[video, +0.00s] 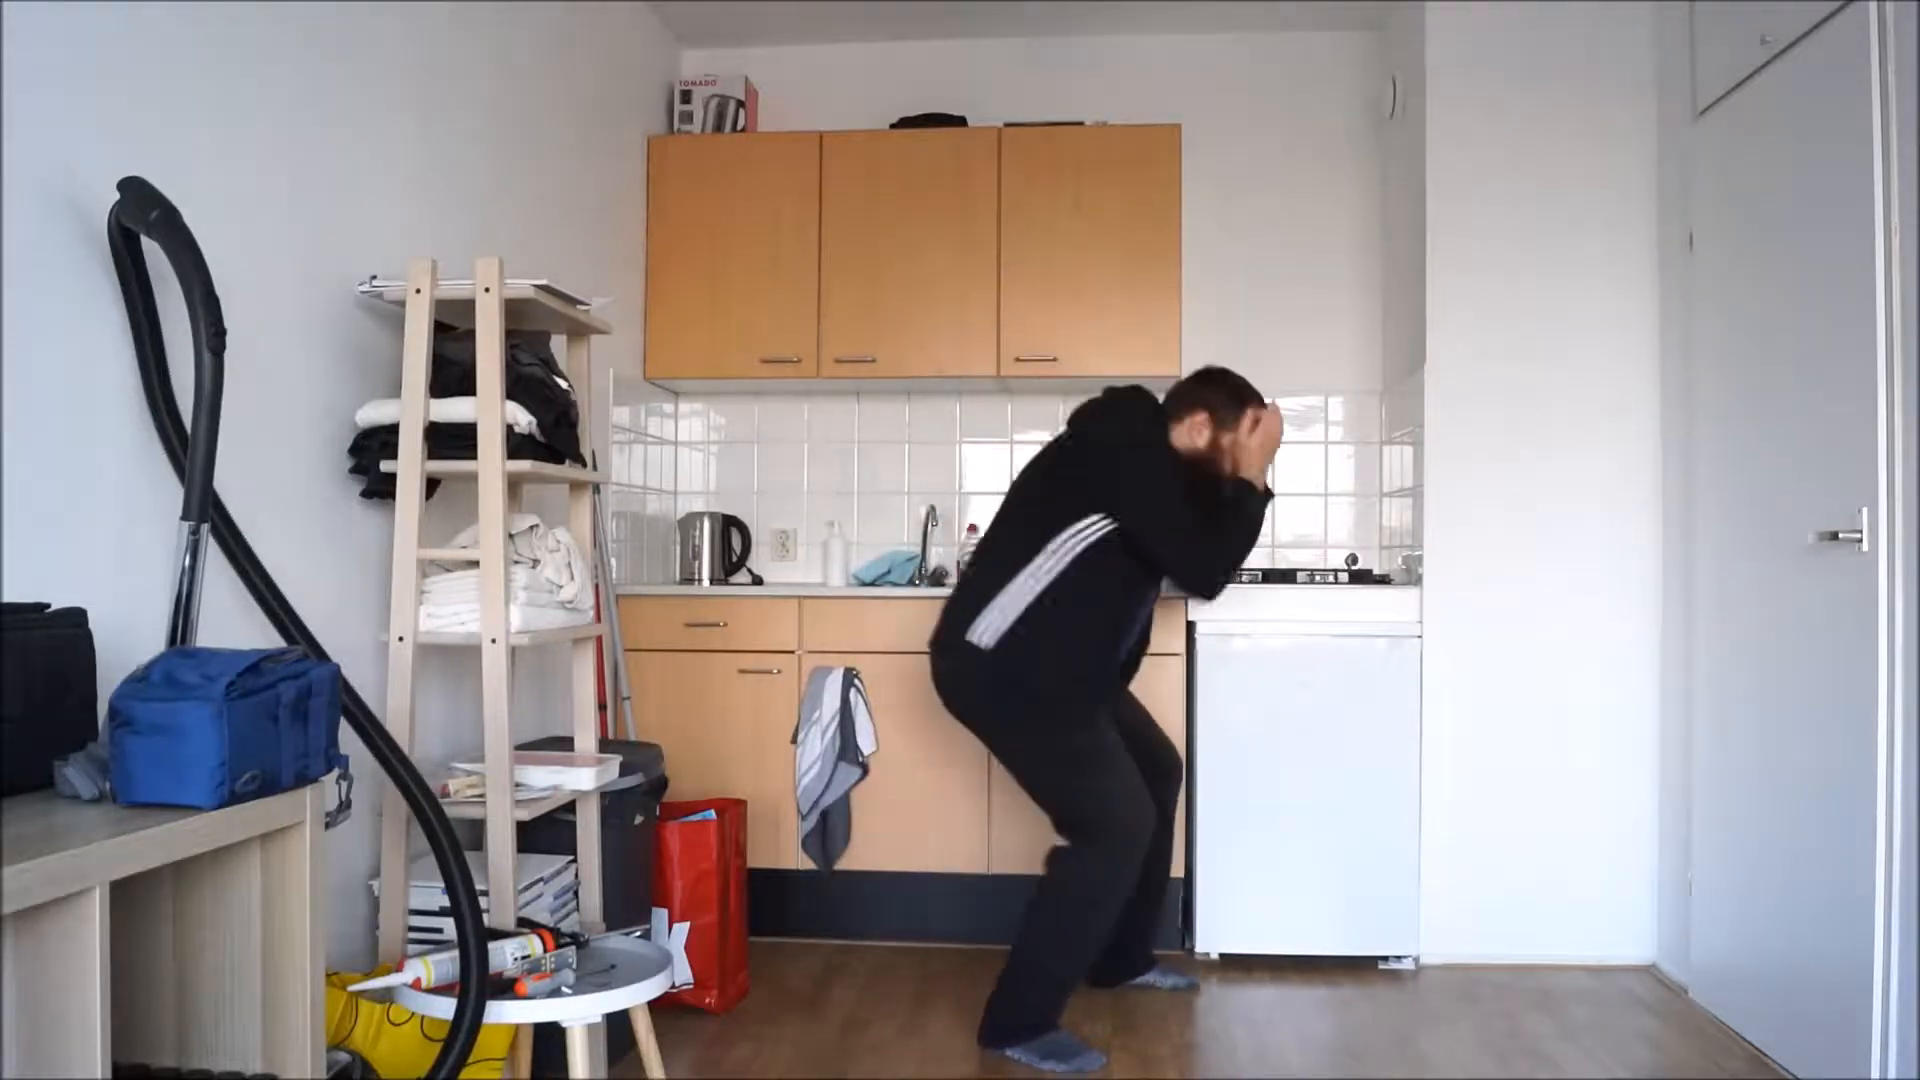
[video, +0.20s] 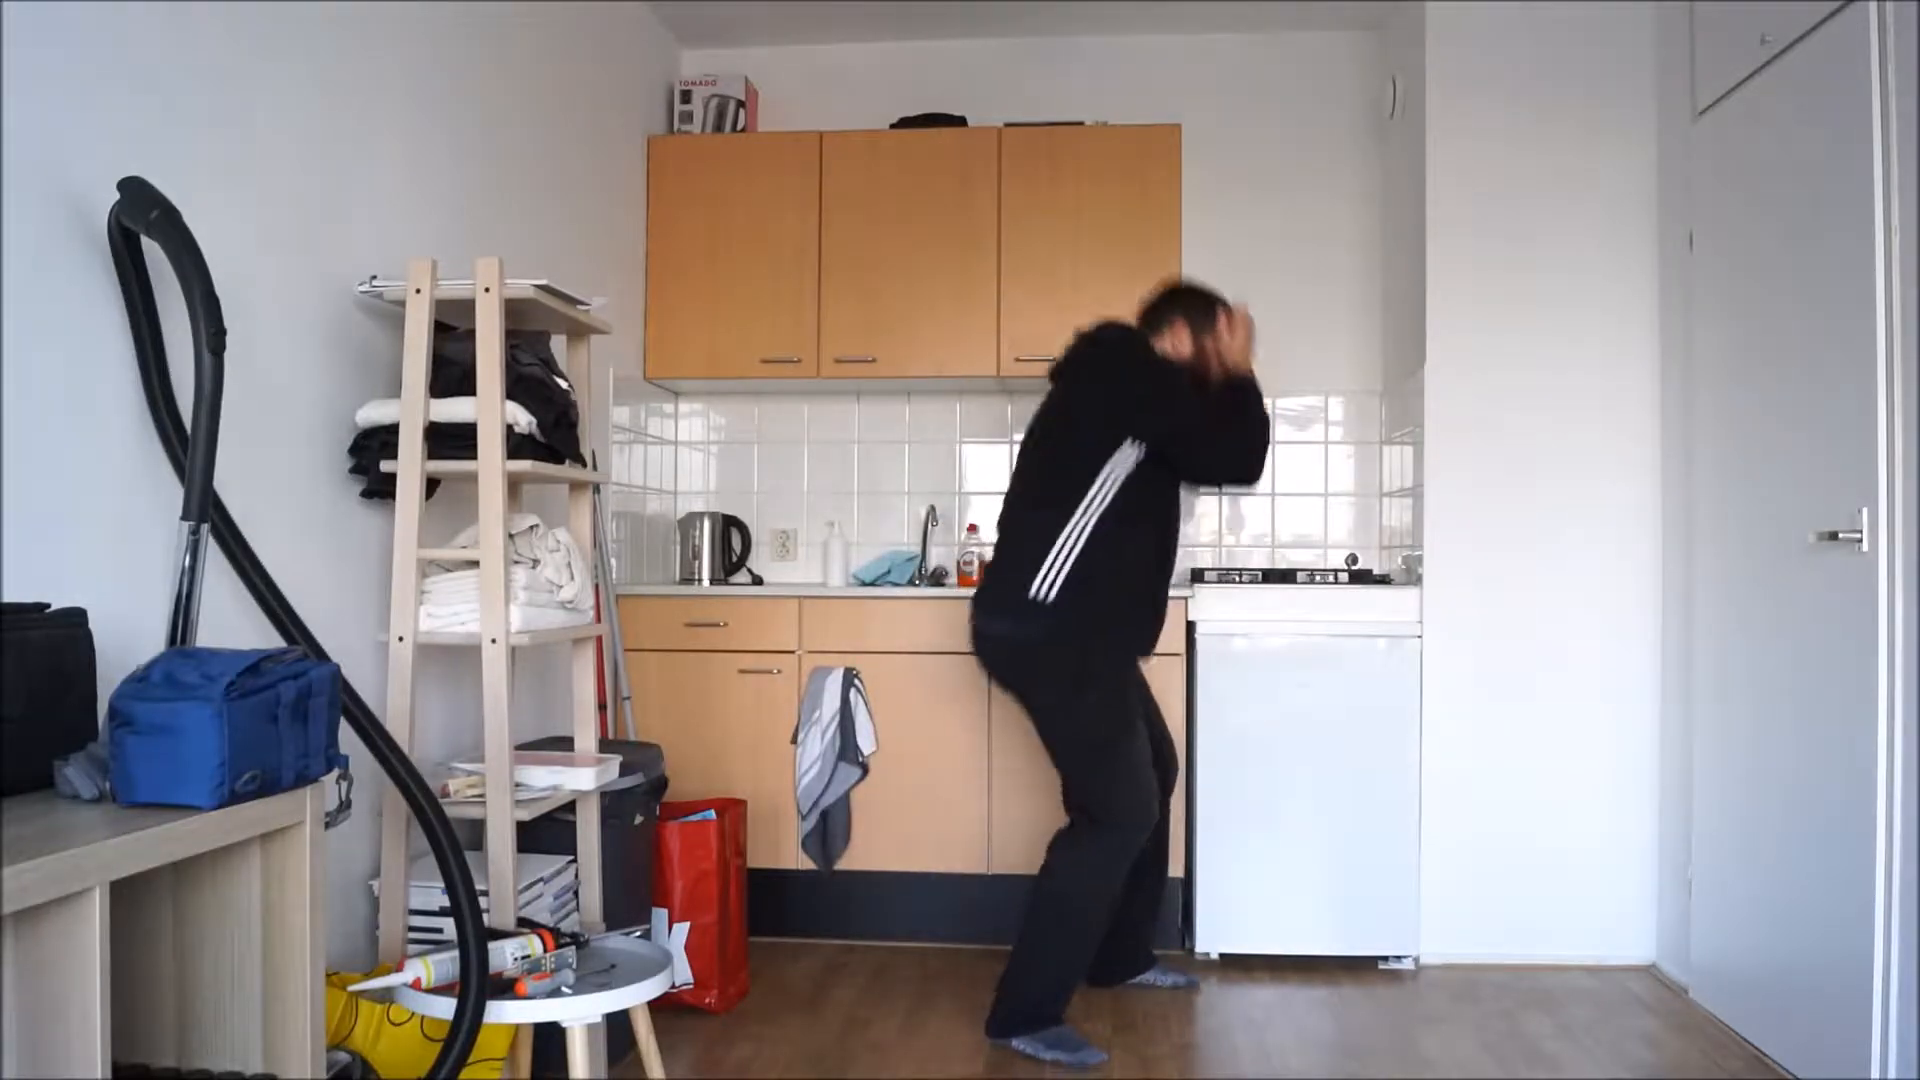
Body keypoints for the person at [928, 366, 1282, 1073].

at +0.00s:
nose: (1230, 464)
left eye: (1236, 454)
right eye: (1233, 450)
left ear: (1193, 423)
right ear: (1199, 425)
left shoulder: (1148, 447)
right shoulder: (1126, 439)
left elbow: (1199, 561)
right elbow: (1203, 568)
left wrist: (1232, 482)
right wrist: (1249, 479)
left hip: (1060, 665)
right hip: (1001, 667)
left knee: (1158, 776)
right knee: (1118, 824)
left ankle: (1120, 960)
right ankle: (1017, 1026)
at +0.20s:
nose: (1219, 361)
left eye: (1217, 348)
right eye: (1215, 347)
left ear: (1161, 328)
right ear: (1183, 336)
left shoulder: (1129, 375)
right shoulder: (1125, 370)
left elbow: (1219, 459)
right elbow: (1235, 457)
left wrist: (1222, 380)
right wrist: (1239, 373)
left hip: (1079, 625)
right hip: (1045, 628)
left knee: (1152, 768)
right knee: (1117, 810)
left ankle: (1119, 956)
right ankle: (1025, 1016)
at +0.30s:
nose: (1198, 318)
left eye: (1199, 304)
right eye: (1195, 303)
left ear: (1138, 291)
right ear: (1160, 294)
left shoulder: (1119, 350)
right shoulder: (1117, 339)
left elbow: (1224, 420)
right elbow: (1242, 405)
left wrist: (1212, 329)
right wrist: (1218, 319)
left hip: (1092, 611)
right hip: (1060, 612)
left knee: (1150, 772)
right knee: (1104, 799)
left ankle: (1120, 956)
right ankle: (1028, 1018)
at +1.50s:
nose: (1136, 250)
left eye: (1152, 237)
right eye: (1122, 235)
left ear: (1169, 254)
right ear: (1099, 249)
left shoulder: (1195, 327)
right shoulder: (1054, 315)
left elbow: (1221, 380)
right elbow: (1033, 379)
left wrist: (1175, 284)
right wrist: (1090, 284)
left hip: (1168, 623)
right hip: (1047, 613)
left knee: (1184, 812)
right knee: (998, 790)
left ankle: (1189, 999)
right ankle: (993, 972)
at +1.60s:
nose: (1102, 243)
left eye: (1119, 231)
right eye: (1091, 233)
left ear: (1145, 251)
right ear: (1070, 252)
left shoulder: (1181, 322)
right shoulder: (1040, 325)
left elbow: (1189, 375)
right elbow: (1003, 380)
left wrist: (1134, 277)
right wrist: (1057, 280)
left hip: (1167, 624)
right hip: (1046, 619)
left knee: (1184, 816)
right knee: (1000, 797)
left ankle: (1189, 1000)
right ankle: (991, 978)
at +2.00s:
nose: (1079, 440)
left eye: (1093, 428)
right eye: (1067, 431)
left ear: (1131, 416)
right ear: (1055, 423)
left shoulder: (1188, 439)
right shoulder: (1035, 446)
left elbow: (1176, 563)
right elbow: (1027, 578)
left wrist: (1122, 475)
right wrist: (1054, 480)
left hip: (1180, 673)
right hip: (1059, 675)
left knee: (1245, 826)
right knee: (1008, 822)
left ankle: (1260, 1004)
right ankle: (996, 979)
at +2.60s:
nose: (1193, 407)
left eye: (1204, 398)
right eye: (1181, 396)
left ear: (1220, 385)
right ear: (1149, 385)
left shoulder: (1245, 420)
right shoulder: (1090, 410)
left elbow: (1257, 543)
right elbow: (1089, 540)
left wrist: (1221, 444)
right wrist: (1144, 442)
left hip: (1203, 669)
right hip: (1080, 664)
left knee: (1252, 827)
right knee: (1015, 813)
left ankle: (1261, 1003)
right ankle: (996, 977)